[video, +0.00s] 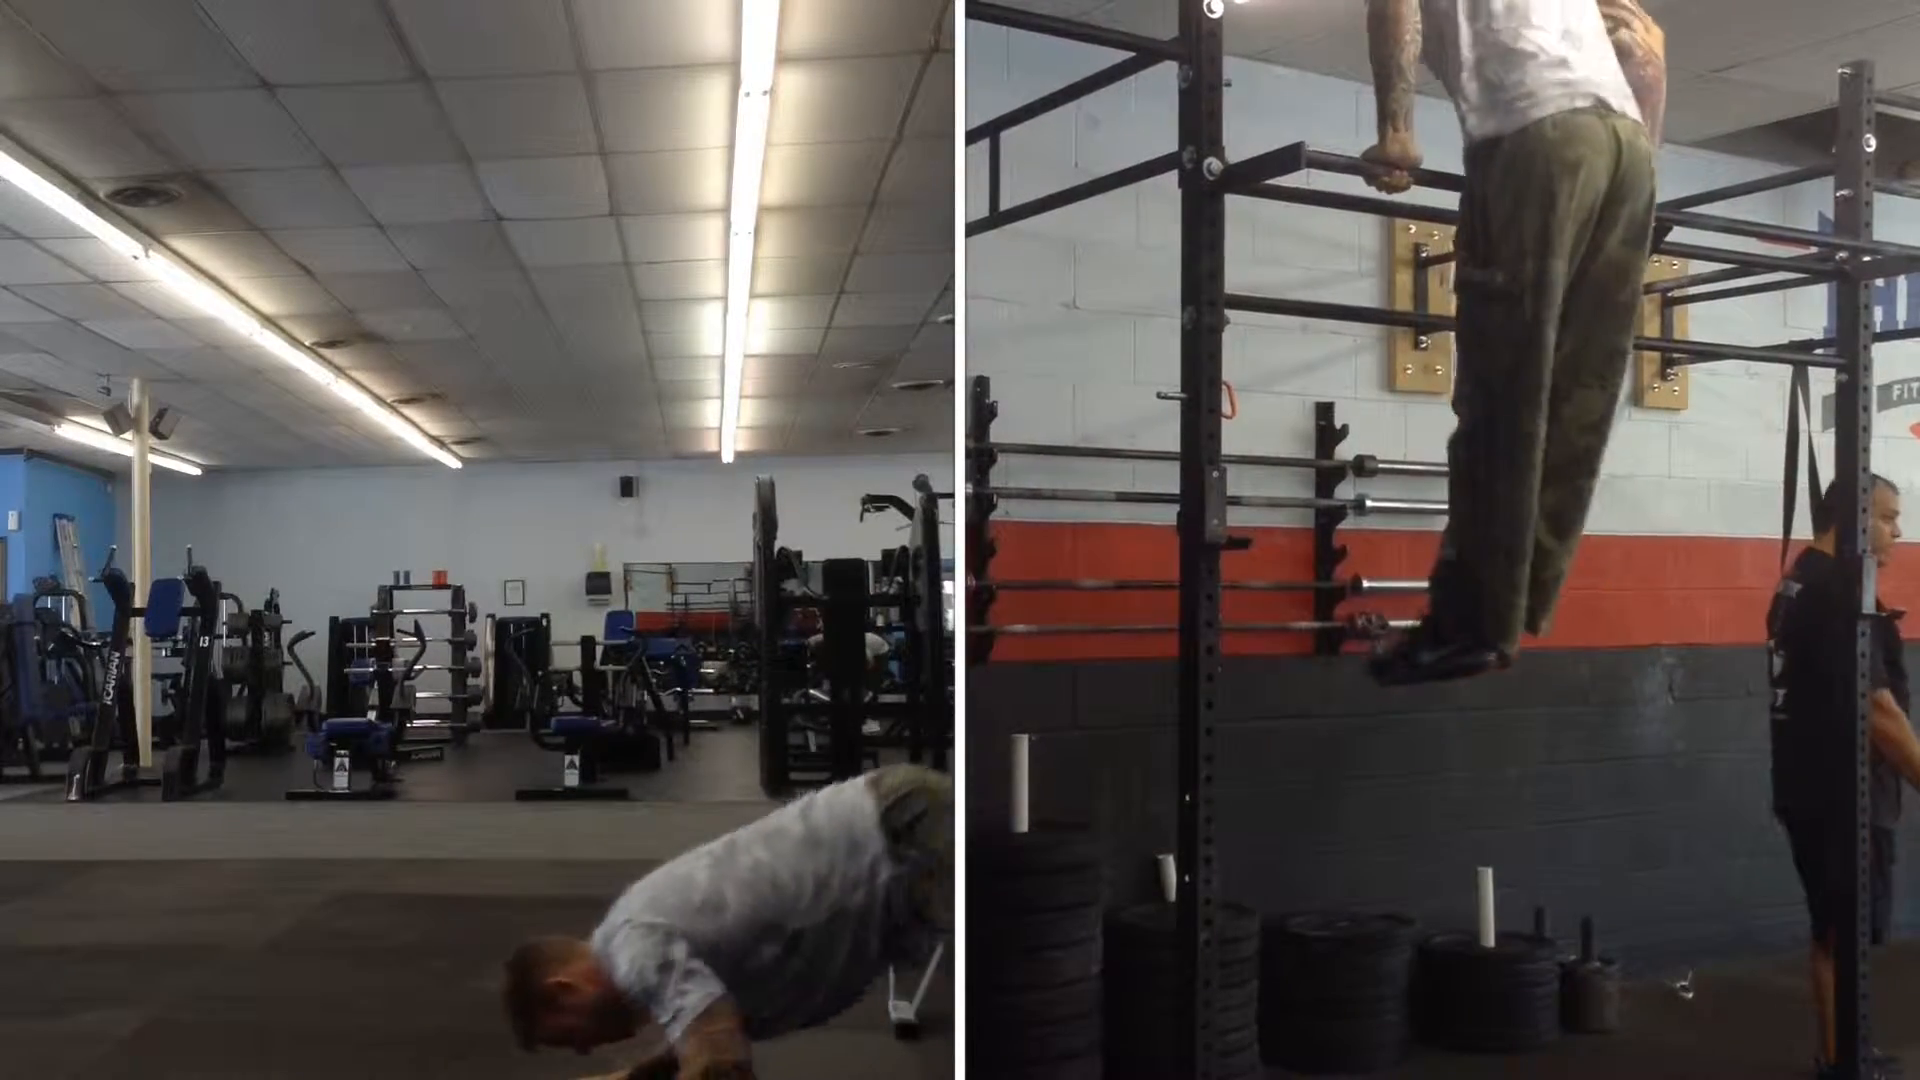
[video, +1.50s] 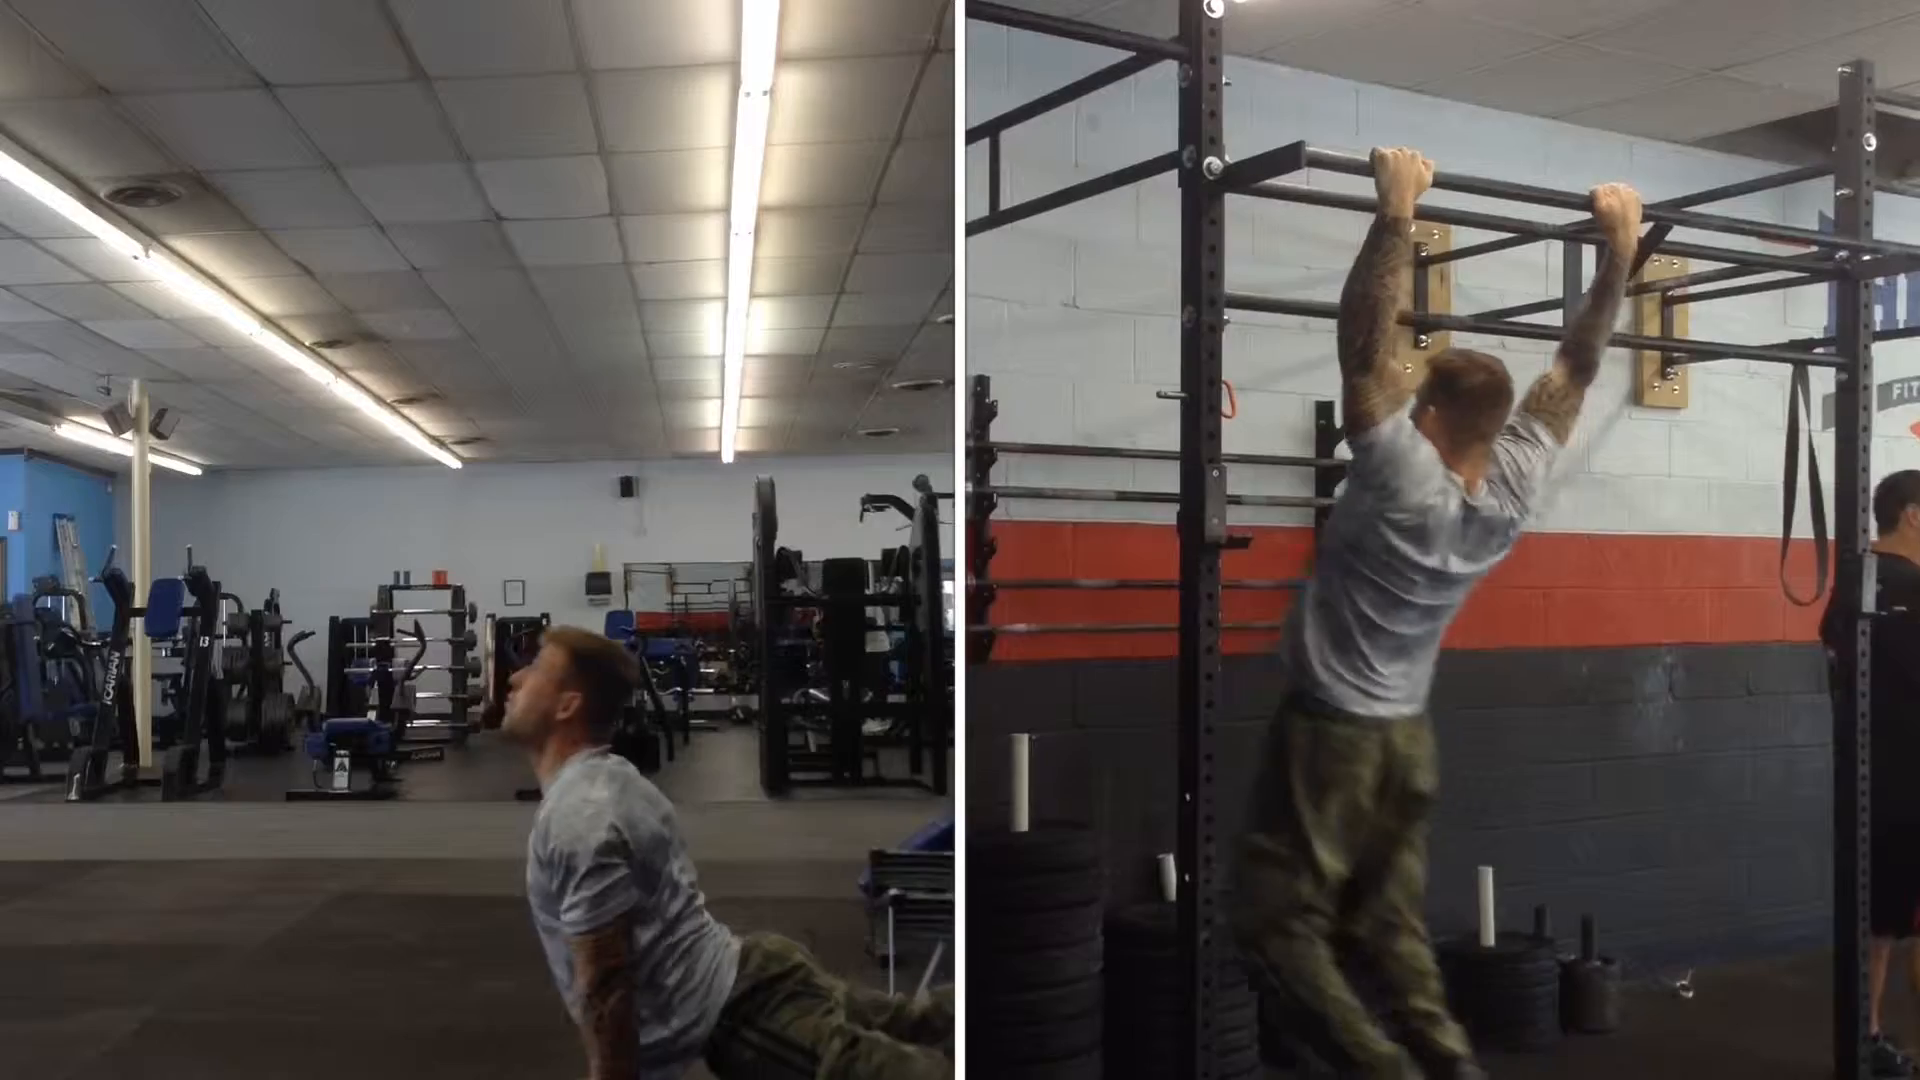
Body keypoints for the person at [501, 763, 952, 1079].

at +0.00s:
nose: (583, 1048)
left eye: (568, 1038)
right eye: (568, 1045)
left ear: (568, 991)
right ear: (571, 980)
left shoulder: (632, 943)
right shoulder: (631, 942)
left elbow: (720, 1058)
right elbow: (713, 1041)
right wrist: (644, 1070)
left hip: (900, 824)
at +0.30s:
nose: (458, 1065)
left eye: (445, 1050)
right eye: (439, 1060)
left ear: (459, 1010)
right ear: (463, 1003)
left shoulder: (527, 989)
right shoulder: (529, 994)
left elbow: (659, 1014)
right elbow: (655, 1015)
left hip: (808, 904)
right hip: (805, 930)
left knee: (963, 995)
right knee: (955, 1003)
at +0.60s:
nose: (377, 1037)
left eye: (371, 1016)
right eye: (367, 1021)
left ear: (402, 990)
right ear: (419, 971)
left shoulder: (478, 1001)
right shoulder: (517, 950)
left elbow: (620, 1004)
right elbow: (657, 946)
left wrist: (614, 1072)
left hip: (761, 1014)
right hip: (762, 973)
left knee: (956, 1056)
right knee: (950, 1011)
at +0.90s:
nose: (377, 891)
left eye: (385, 872)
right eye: (377, 873)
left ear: (429, 870)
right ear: (445, 866)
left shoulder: (486, 930)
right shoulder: (534, 885)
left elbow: (619, 998)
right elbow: (653, 946)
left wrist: (616, 1072)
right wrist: (609, 1038)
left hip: (742, 1041)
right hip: (753, 1003)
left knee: (926, 1070)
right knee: (924, 1026)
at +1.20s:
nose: (450, 730)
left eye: (463, 712)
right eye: (456, 712)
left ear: (505, 734)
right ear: (513, 734)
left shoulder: (542, 832)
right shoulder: (570, 789)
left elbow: (603, 989)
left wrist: (614, 1068)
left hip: (751, 1011)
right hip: (760, 960)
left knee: (943, 1062)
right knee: (926, 1006)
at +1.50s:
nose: (512, 679)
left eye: (532, 669)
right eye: (525, 665)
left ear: (568, 705)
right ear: (569, 709)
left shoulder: (584, 819)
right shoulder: (603, 780)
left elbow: (607, 994)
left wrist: (612, 1073)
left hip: (745, 1017)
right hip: (751, 969)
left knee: (931, 1073)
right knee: (916, 1017)